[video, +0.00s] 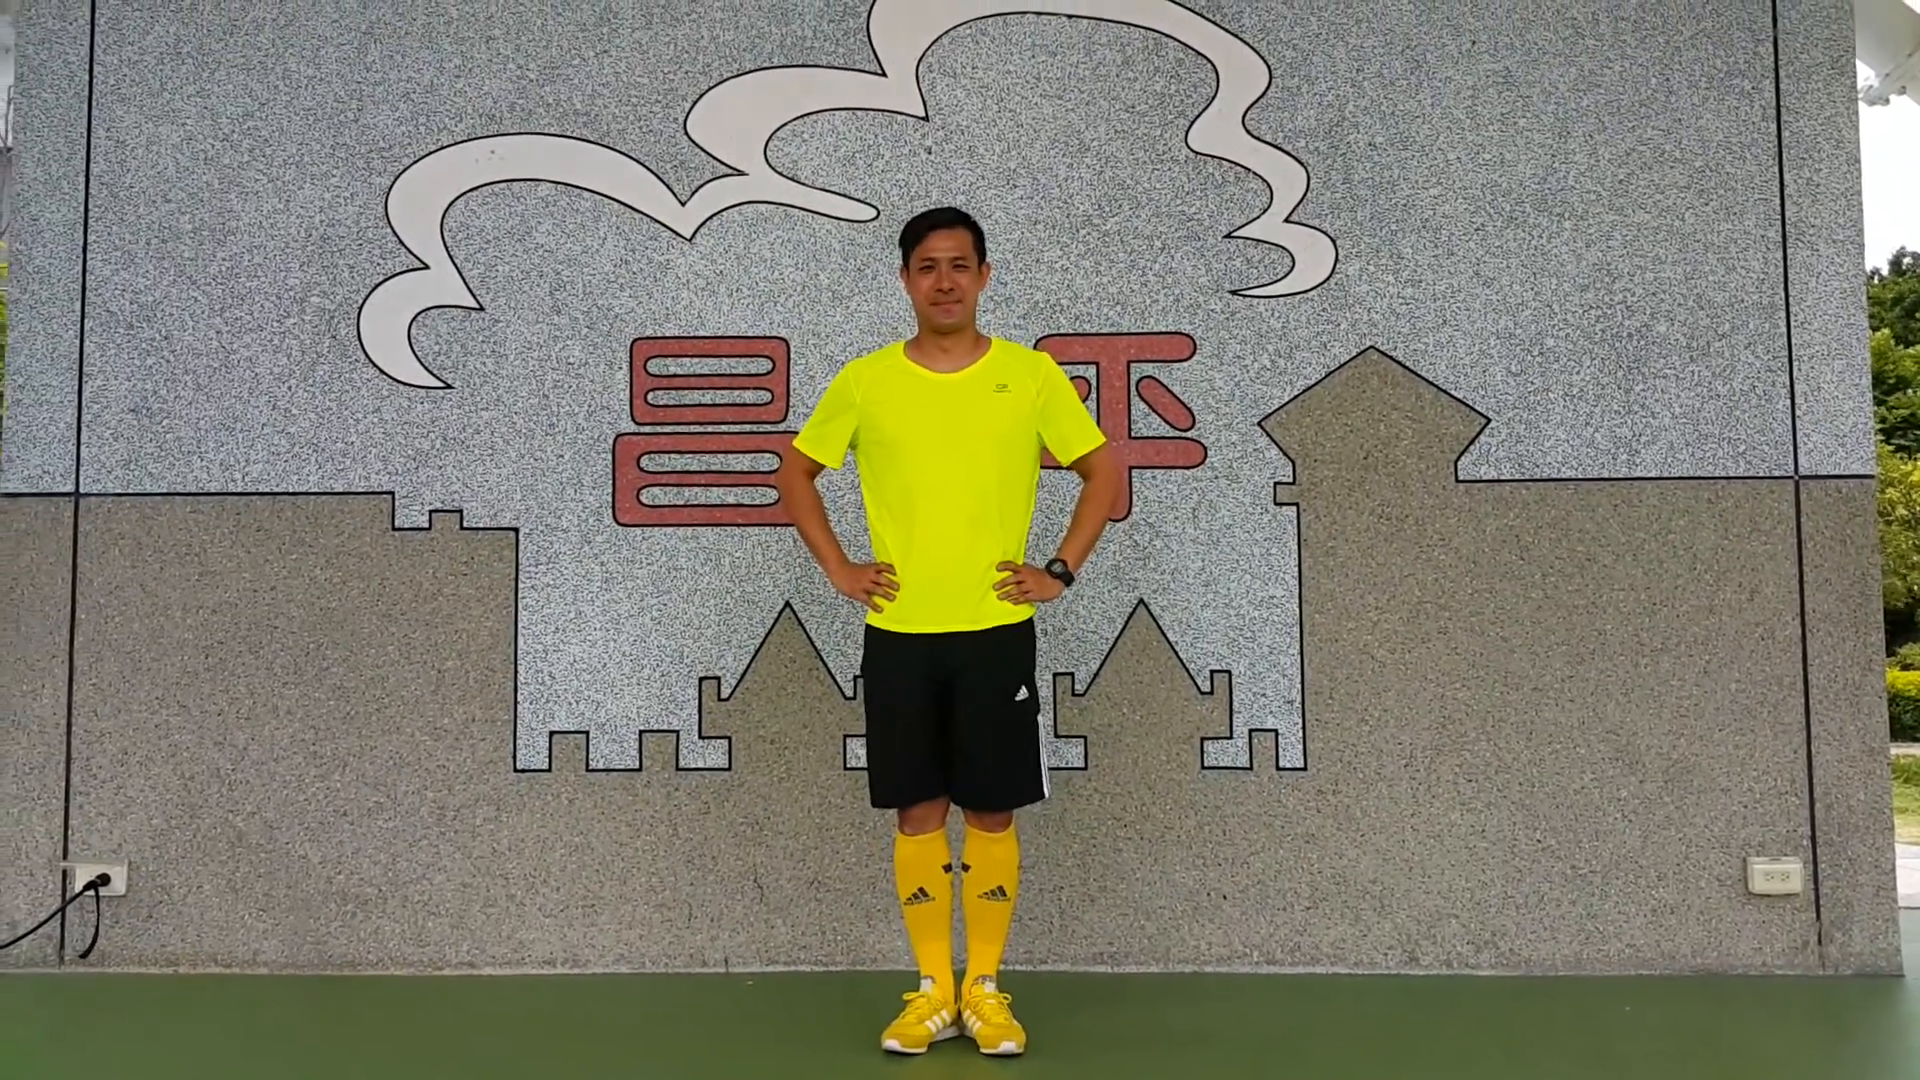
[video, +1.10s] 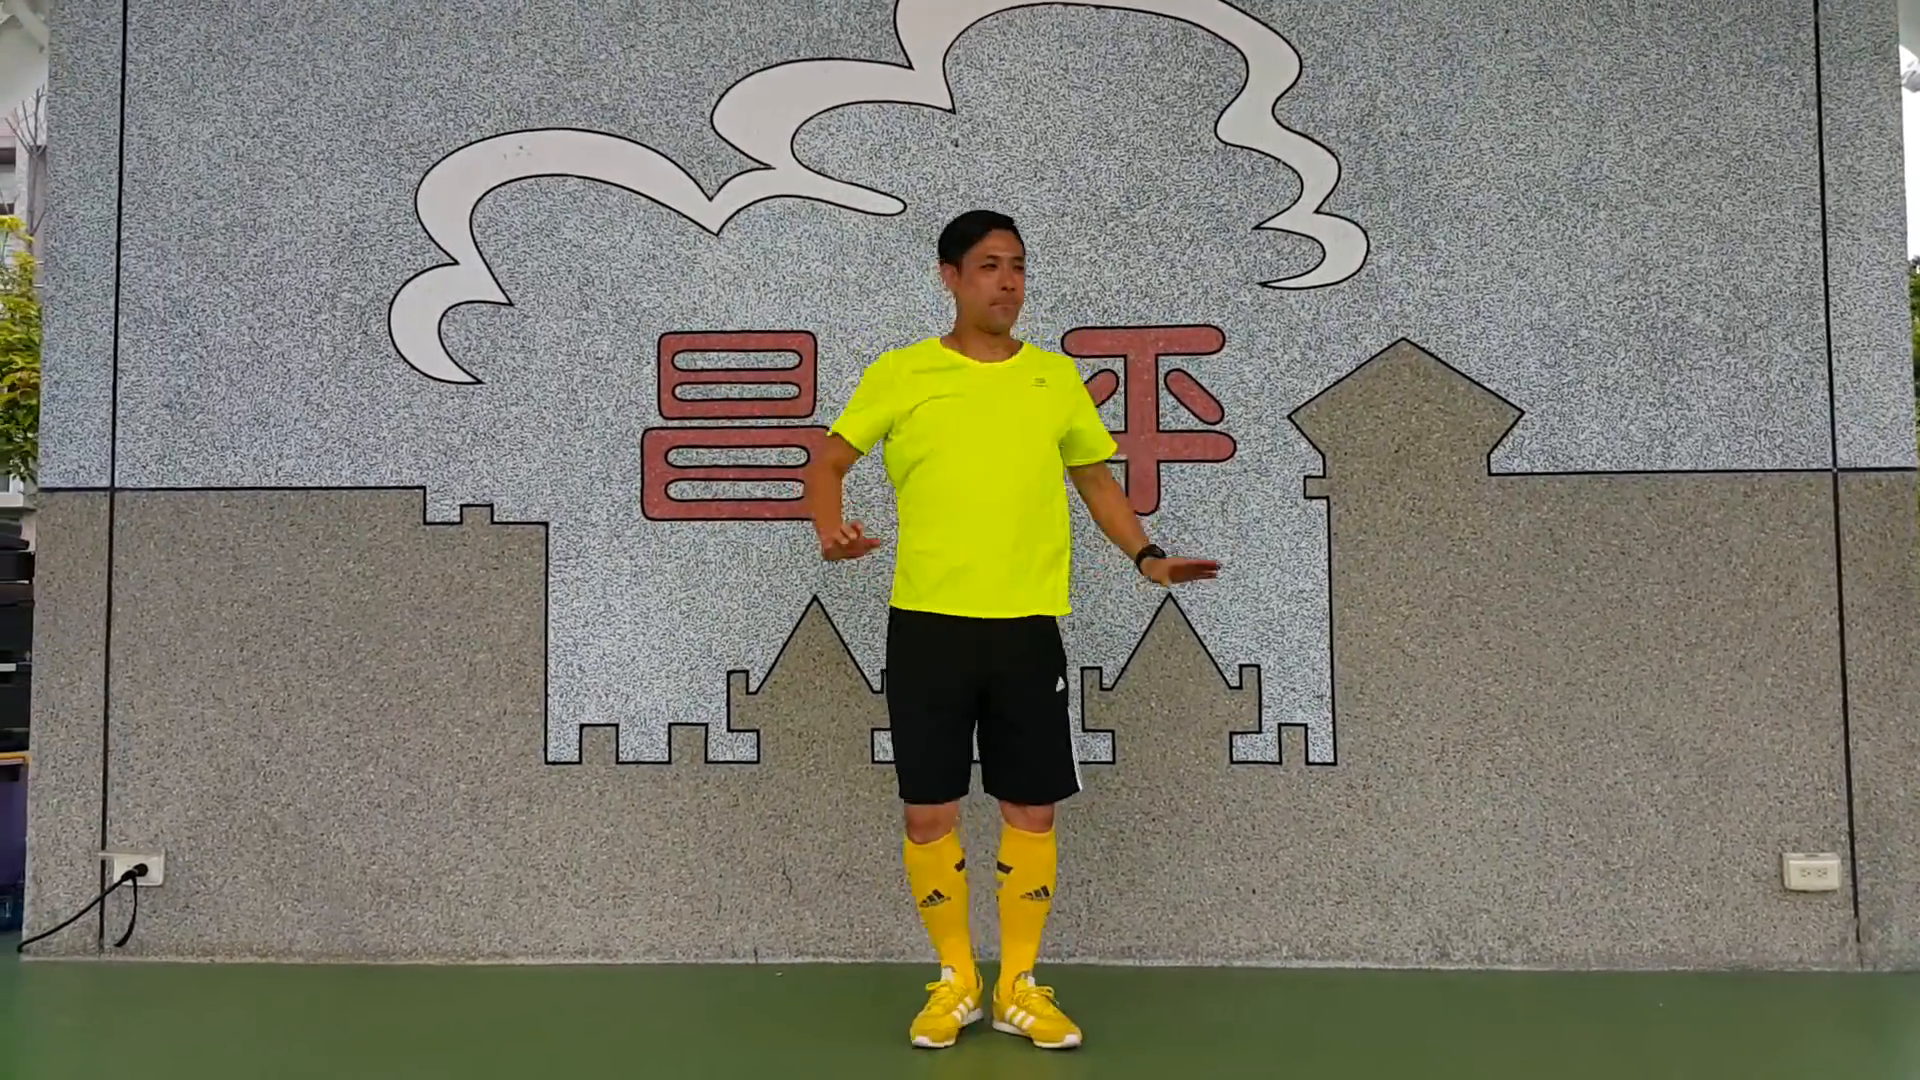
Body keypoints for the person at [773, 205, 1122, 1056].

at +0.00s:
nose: (944, 280)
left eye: (960, 265)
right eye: (928, 267)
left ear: (984, 278)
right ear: (906, 282)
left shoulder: (1030, 373)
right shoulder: (865, 380)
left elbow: (1106, 469)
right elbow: (794, 474)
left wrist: (1061, 570)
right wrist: (838, 566)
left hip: (997, 624)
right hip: (900, 626)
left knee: (990, 809)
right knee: (918, 808)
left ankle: (983, 989)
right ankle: (934, 991)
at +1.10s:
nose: (1009, 280)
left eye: (1017, 267)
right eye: (989, 266)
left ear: (1026, 282)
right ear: (949, 279)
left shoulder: (1057, 378)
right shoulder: (897, 375)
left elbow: (1097, 481)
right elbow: (826, 465)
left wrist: (1148, 556)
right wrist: (832, 524)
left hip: (1029, 624)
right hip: (927, 623)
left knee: (1032, 804)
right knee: (928, 807)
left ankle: (1018, 986)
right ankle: (955, 978)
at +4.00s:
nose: (974, 246)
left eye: (990, 233)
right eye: (959, 236)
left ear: (1015, 252)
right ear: (939, 257)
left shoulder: (1055, 346)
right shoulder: (906, 351)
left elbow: (1125, 435)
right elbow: (824, 434)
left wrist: (1148, 375)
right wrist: (789, 363)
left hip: (1024, 588)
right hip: (921, 588)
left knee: (1071, 770)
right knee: (884, 767)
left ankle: (1121, 952)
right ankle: (849, 953)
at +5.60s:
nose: (1014, 221)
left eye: (1011, 208)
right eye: (999, 209)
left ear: (981, 224)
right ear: (952, 220)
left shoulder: (1015, 304)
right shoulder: (905, 287)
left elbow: (1111, 274)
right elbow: (867, 214)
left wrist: (1140, 179)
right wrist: (937, 105)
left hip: (981, 553)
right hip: (897, 543)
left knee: (1045, 736)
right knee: (822, 728)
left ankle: (1060, 921)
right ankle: (704, 876)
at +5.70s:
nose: (1012, 197)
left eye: (1010, 184)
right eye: (994, 185)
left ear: (1000, 201)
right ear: (948, 204)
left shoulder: (1039, 294)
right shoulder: (901, 283)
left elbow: (1148, 313)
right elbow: (808, 298)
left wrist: (1136, 222)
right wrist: (854, 186)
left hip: (1002, 539)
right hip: (906, 531)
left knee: (1044, 730)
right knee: (848, 721)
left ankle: (1059, 916)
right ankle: (798, 899)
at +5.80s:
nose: (985, 200)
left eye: (992, 186)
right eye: (964, 191)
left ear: (1007, 201)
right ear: (932, 214)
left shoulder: (1051, 302)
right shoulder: (897, 307)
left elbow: (1127, 392)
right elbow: (823, 407)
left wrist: (1125, 318)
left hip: (1016, 546)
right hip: (909, 540)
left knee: (1060, 732)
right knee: (863, 725)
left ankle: (1062, 917)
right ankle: (855, 916)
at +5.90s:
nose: (936, 209)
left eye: (953, 195)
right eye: (927, 200)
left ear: (997, 210)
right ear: (920, 222)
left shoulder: (1044, 305)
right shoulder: (895, 320)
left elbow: (1103, 406)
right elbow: (827, 423)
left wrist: (1059, 333)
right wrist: (790, 347)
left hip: (1022, 550)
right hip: (913, 552)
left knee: (1083, 737)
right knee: (863, 732)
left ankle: (1079, 903)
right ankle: (856, 917)